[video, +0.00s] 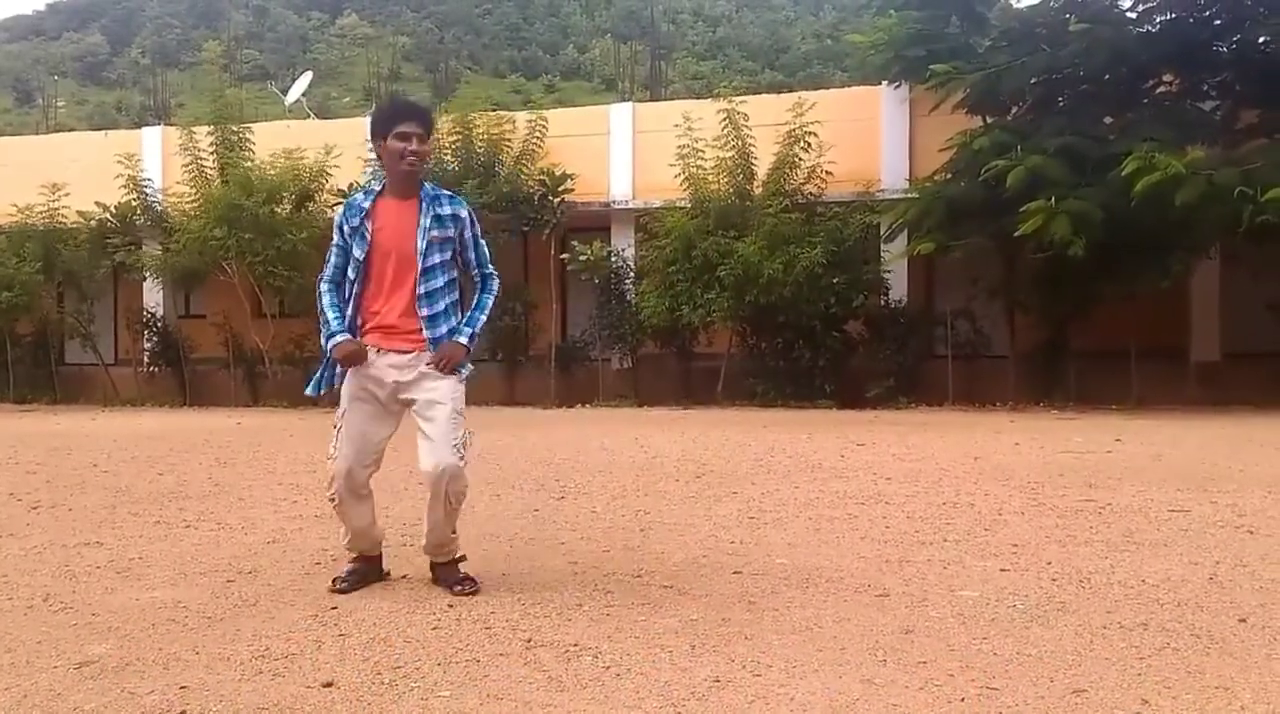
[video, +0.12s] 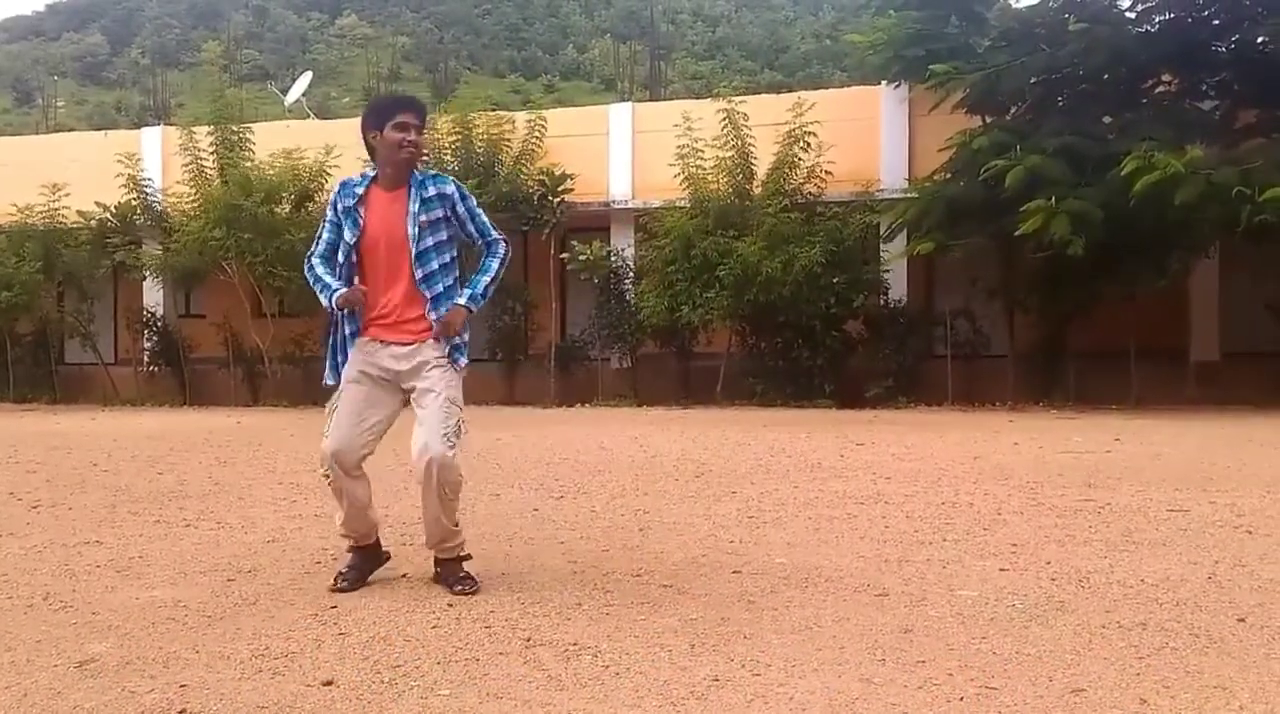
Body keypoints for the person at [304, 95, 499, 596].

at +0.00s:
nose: (412, 148)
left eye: (420, 139)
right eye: (400, 139)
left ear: (430, 147)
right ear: (378, 147)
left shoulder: (453, 210)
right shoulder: (355, 211)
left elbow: (488, 280)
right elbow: (331, 281)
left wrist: (464, 339)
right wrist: (337, 335)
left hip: (437, 363)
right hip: (369, 362)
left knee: (445, 468)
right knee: (347, 471)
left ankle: (444, 560)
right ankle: (366, 558)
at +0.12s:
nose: (412, 138)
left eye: (418, 130)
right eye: (401, 129)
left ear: (423, 140)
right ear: (373, 136)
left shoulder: (444, 191)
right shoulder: (347, 196)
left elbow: (495, 246)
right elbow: (318, 262)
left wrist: (466, 304)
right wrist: (338, 292)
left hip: (435, 351)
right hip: (371, 353)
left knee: (437, 454)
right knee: (339, 454)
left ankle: (448, 559)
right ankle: (366, 548)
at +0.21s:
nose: (400, 142)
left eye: (408, 134)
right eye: (390, 132)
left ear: (415, 142)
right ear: (364, 138)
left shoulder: (439, 189)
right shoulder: (342, 195)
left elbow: (488, 245)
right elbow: (325, 269)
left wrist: (450, 292)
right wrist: (354, 284)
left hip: (432, 349)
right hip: (370, 350)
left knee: (424, 447)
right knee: (346, 449)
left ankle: (445, 554)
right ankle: (360, 551)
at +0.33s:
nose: (376, 176)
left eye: (388, 169)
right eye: (368, 166)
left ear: (402, 180)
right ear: (352, 174)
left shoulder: (423, 228)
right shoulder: (340, 223)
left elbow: (414, 290)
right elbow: (370, 285)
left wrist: (361, 307)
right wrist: (428, 255)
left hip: (435, 364)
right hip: (376, 366)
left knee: (431, 456)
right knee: (365, 470)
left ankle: (435, 558)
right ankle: (368, 559)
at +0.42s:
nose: (393, 173)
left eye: (404, 166)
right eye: (385, 163)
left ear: (419, 174)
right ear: (371, 166)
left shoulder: (434, 223)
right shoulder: (360, 206)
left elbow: (449, 294)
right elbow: (344, 265)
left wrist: (400, 251)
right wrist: (423, 250)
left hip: (436, 364)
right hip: (372, 366)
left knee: (458, 434)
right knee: (351, 465)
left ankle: (444, 538)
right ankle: (366, 557)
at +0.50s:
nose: (420, 145)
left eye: (432, 136)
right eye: (413, 135)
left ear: (453, 142)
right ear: (403, 136)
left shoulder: (464, 190)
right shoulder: (383, 171)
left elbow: (513, 223)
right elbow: (337, 217)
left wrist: (495, 163)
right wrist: (372, 243)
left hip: (434, 333)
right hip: (366, 332)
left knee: (471, 412)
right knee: (328, 431)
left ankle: (462, 527)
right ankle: (347, 545)